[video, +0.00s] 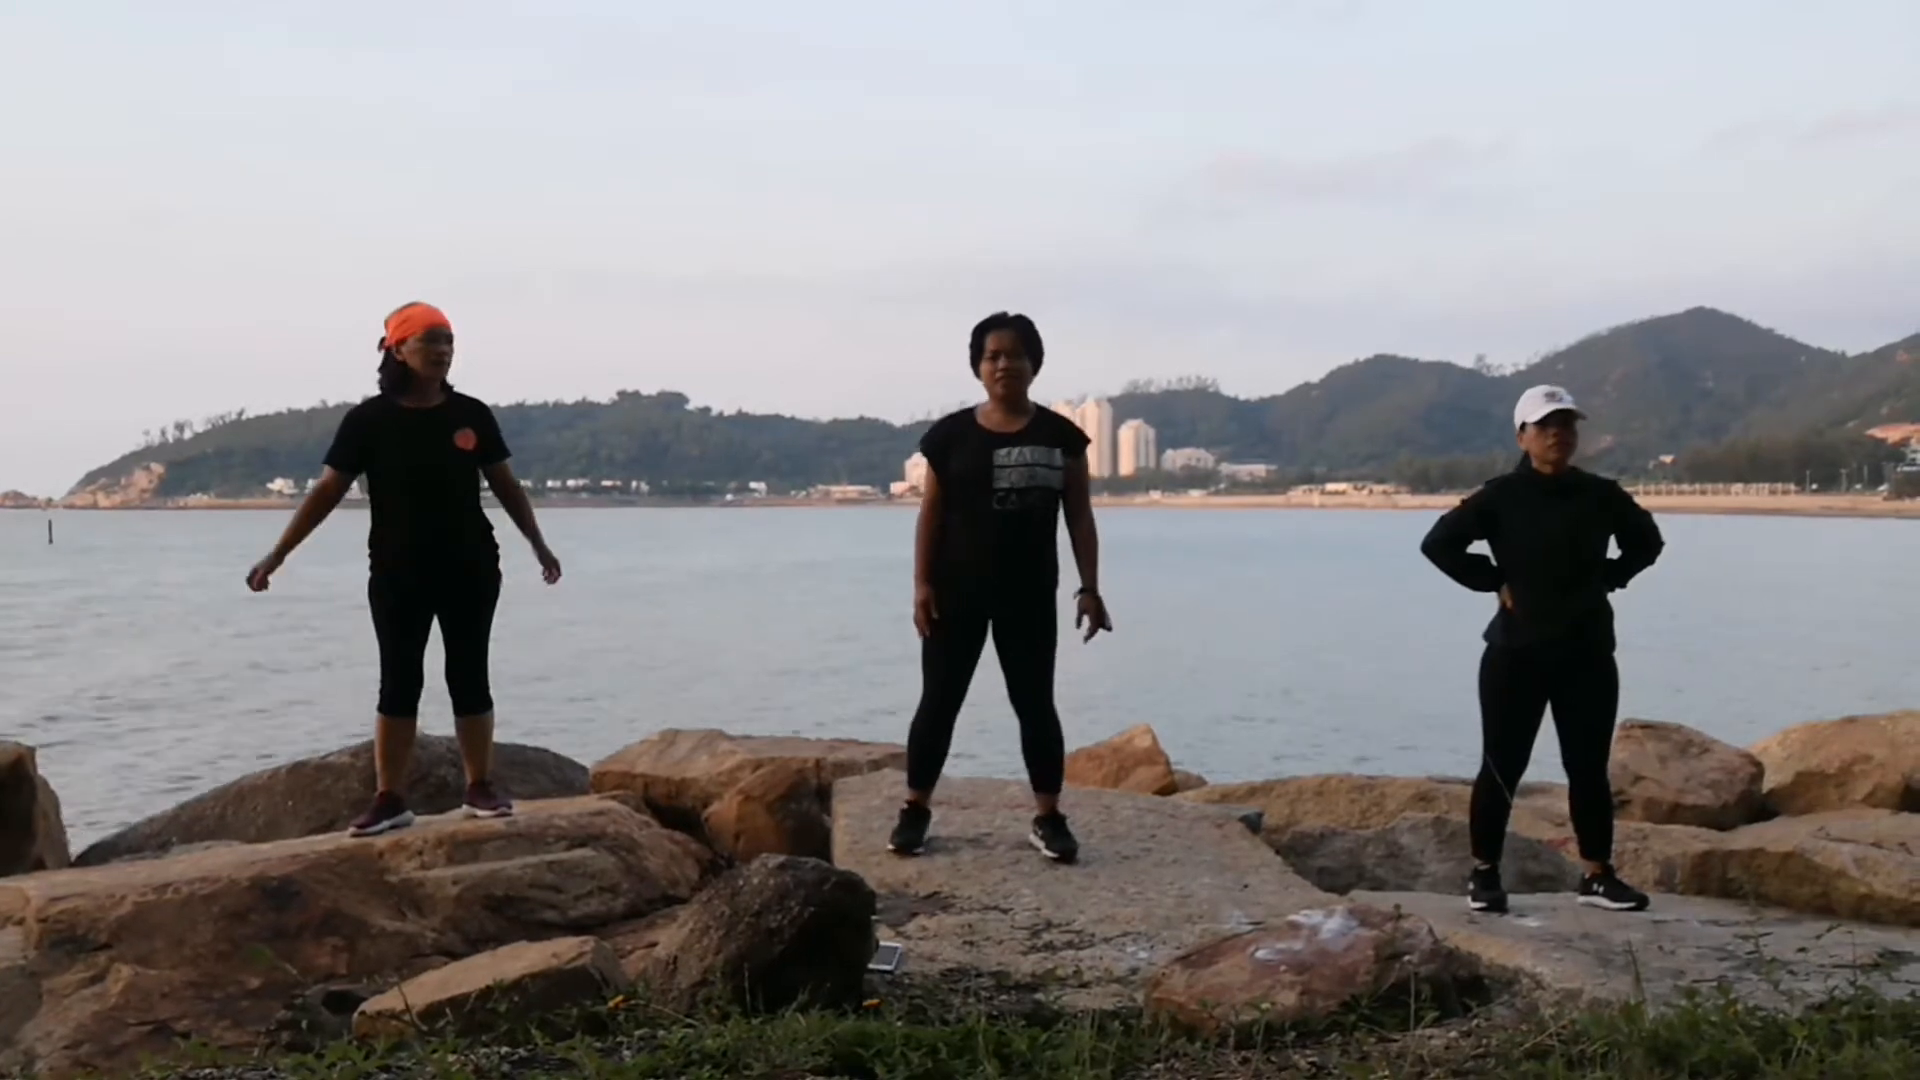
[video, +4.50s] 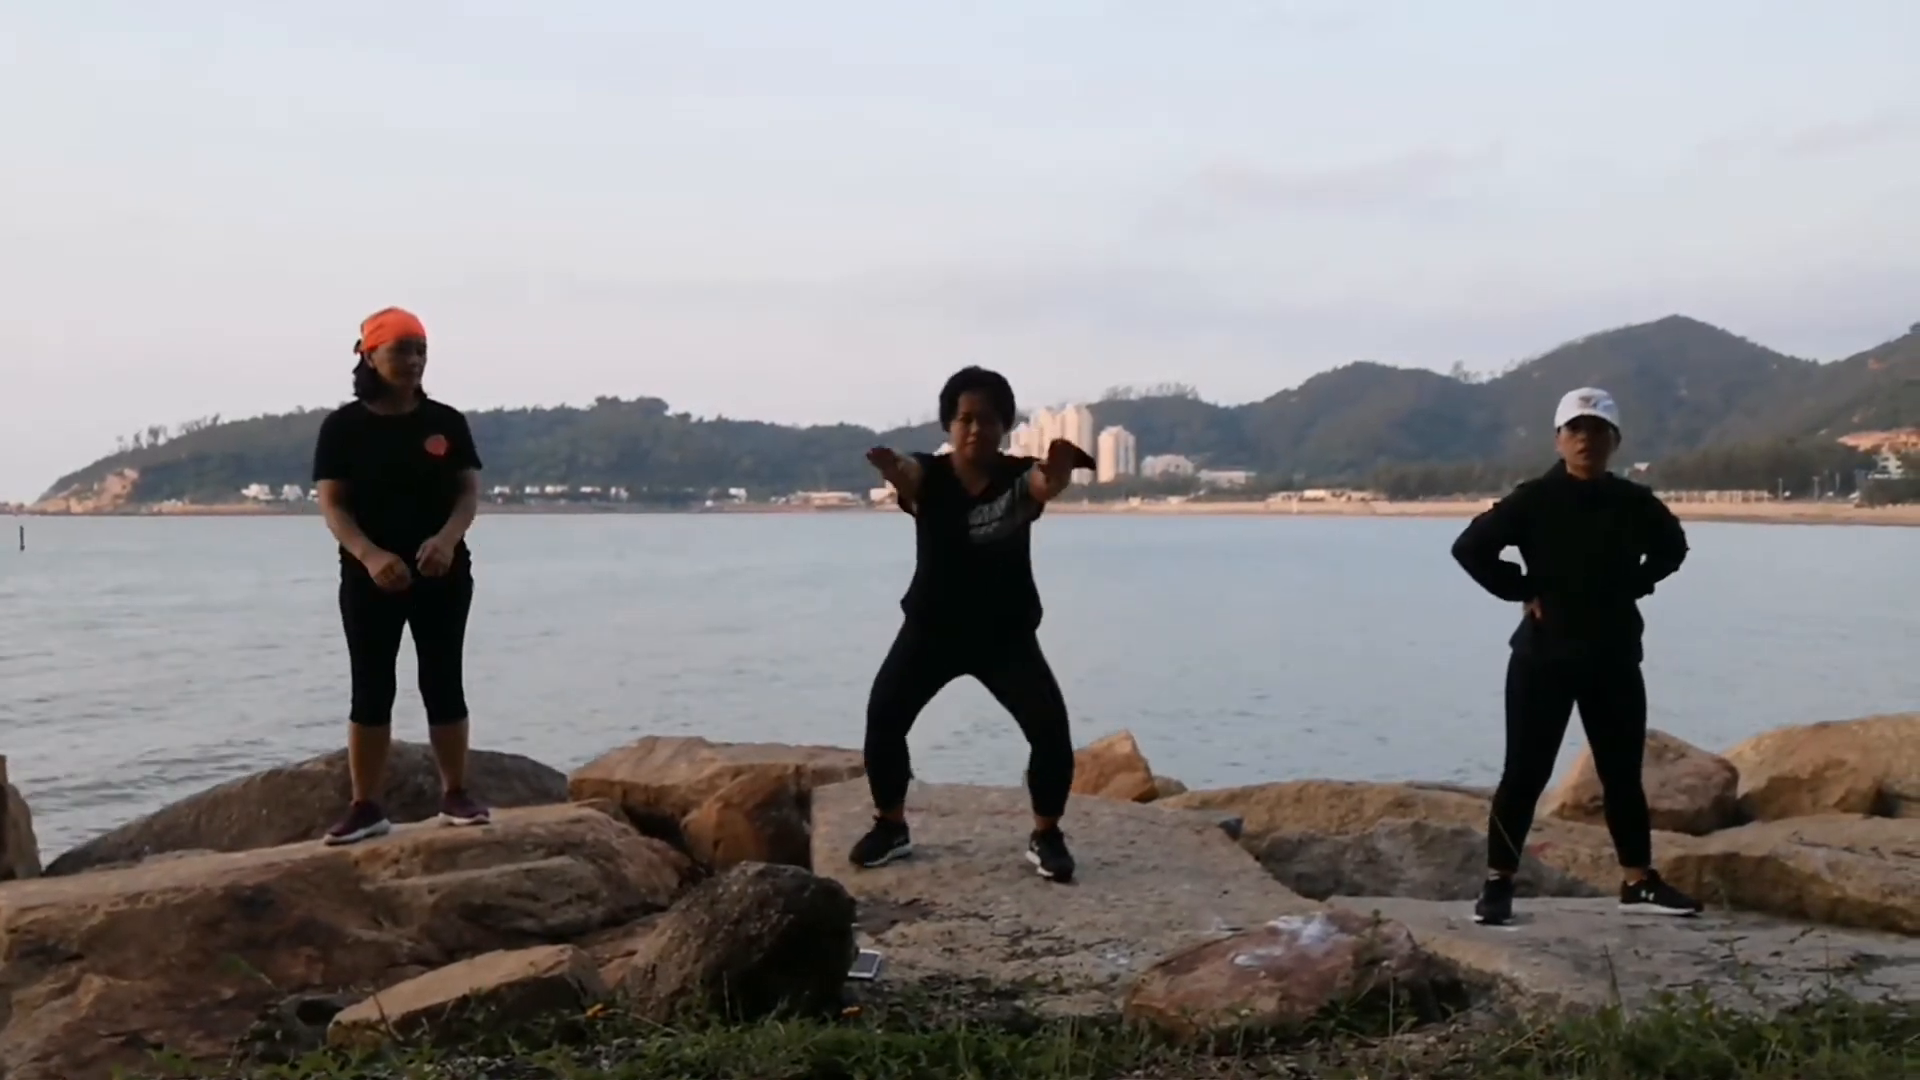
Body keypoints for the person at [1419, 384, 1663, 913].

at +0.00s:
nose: (1560, 435)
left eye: (1567, 426)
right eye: (1548, 426)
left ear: (1576, 433)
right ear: (1523, 435)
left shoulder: (1600, 494)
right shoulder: (1501, 496)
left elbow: (1648, 541)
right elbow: (1438, 545)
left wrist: (1607, 577)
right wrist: (1496, 581)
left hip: (1586, 652)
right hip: (1517, 652)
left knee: (1590, 770)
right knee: (1502, 767)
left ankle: (1598, 875)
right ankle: (1485, 874)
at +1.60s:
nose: (1493, 442)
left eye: (1502, 432)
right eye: (1482, 433)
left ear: (1512, 436)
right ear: (1459, 437)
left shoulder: (1532, 489)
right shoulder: (1437, 502)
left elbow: (1574, 524)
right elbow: (1380, 561)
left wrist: (1542, 565)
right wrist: (1441, 591)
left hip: (1536, 642)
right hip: (1471, 648)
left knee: (1575, 749)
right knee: (1474, 765)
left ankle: (1555, 836)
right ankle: (1476, 873)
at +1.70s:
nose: (1496, 447)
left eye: (1502, 438)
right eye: (1485, 438)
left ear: (1510, 439)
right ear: (1456, 438)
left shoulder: (1528, 488)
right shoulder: (1432, 502)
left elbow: (1572, 525)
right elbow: (1375, 562)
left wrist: (1541, 564)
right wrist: (1437, 591)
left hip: (1534, 639)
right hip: (1470, 647)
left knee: (1577, 746)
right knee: (1473, 765)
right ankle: (1476, 875)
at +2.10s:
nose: (1515, 457)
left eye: (1519, 447)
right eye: (1505, 446)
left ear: (1521, 444)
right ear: (1474, 442)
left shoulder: (1536, 489)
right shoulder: (1447, 501)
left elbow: (1567, 525)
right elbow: (1388, 567)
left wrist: (1536, 570)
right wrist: (1450, 594)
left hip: (1541, 636)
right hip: (1479, 642)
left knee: (1570, 743)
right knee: (1476, 765)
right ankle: (1473, 874)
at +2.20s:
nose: (1532, 461)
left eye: (1536, 451)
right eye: (1523, 451)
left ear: (1540, 446)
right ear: (1491, 444)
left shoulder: (1549, 493)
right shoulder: (1461, 500)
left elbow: (1566, 537)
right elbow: (1403, 568)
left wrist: (1533, 581)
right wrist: (1462, 595)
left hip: (1547, 642)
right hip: (1486, 648)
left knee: (1577, 751)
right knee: (1480, 765)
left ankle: (1590, 853)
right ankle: (1474, 875)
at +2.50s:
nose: (1603, 471)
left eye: (1610, 461)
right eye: (1594, 460)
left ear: (1618, 451)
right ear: (1566, 446)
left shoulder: (1621, 496)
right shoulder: (1527, 498)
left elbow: (1644, 545)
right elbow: (1459, 547)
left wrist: (1605, 581)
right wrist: (1512, 585)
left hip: (1604, 649)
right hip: (1536, 650)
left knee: (1627, 767)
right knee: (1513, 766)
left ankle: (1645, 880)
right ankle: (1478, 875)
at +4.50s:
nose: (1587, 440)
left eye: (1598, 430)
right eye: (1576, 430)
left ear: (1614, 440)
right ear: (1559, 439)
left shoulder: (1634, 501)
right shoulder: (1535, 499)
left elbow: (1673, 546)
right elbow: (1469, 548)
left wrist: (1634, 584)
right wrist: (1519, 589)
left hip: (1613, 657)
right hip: (1544, 657)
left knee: (1623, 775)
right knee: (1525, 772)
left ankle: (1639, 880)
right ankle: (1498, 884)